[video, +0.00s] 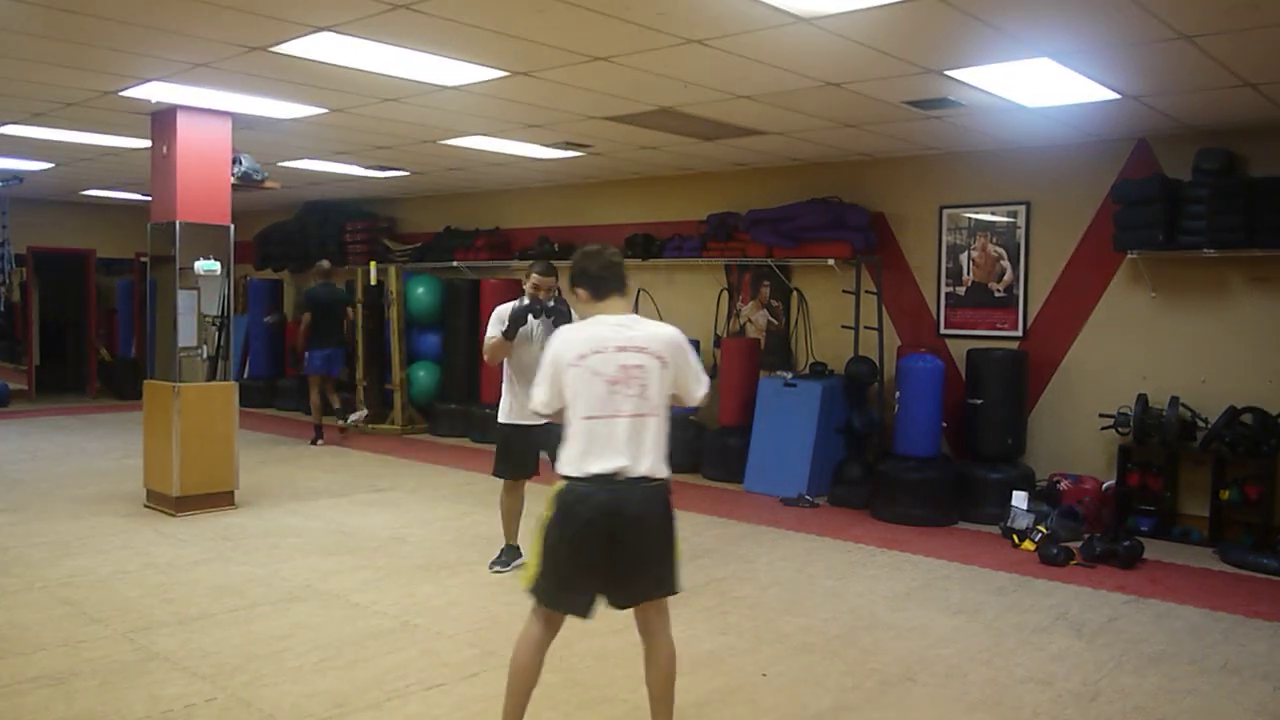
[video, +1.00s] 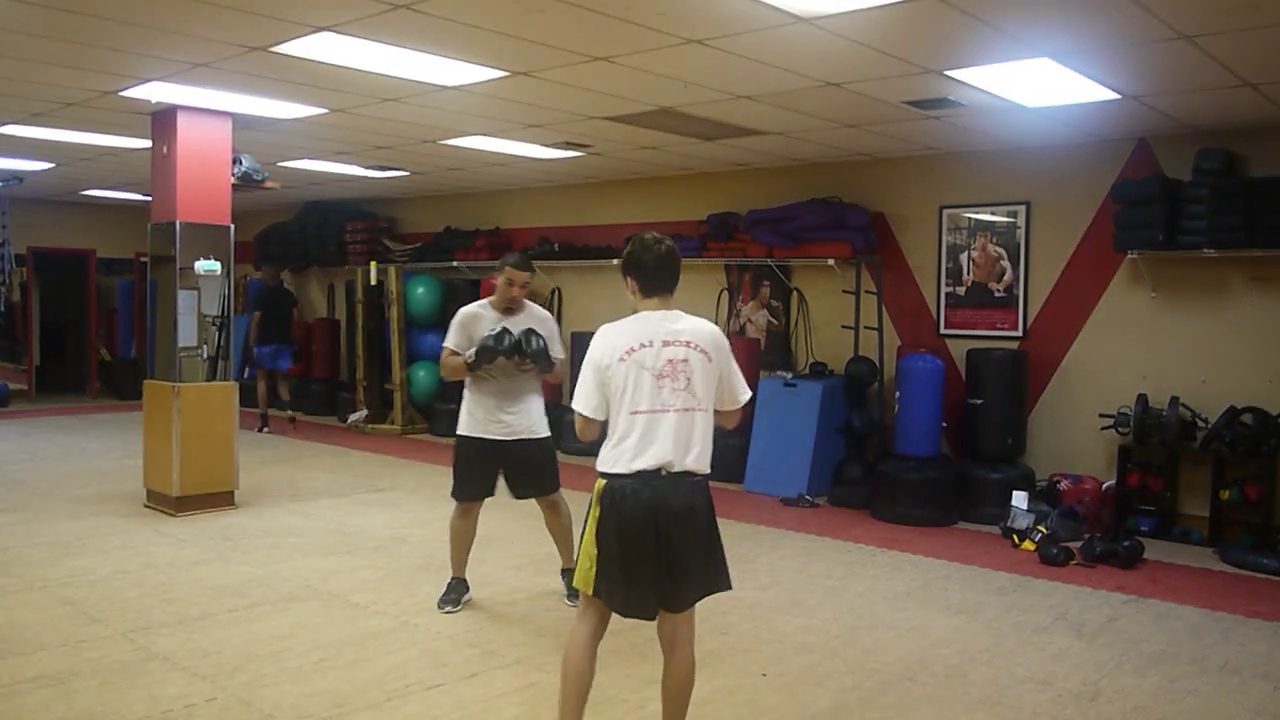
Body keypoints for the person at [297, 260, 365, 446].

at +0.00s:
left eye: (315, 273)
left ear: (315, 274)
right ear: (331, 274)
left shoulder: (310, 293)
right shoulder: (341, 292)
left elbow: (306, 319)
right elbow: (350, 316)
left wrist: (300, 340)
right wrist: (348, 335)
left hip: (317, 346)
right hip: (337, 344)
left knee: (315, 389)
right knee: (330, 385)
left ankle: (318, 433)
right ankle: (340, 414)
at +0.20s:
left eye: (305, 275)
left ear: (305, 276)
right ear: (319, 277)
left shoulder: (299, 293)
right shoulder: (327, 294)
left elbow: (293, 318)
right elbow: (338, 317)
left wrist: (283, 336)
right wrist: (341, 338)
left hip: (306, 345)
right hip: (324, 344)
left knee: (310, 386)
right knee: (313, 385)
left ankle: (317, 431)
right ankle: (313, 422)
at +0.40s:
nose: (298, 279)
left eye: (297, 276)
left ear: (296, 277)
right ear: (311, 278)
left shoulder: (290, 295)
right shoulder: (319, 295)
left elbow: (285, 319)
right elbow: (328, 318)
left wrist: (276, 337)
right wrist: (330, 341)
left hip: (296, 344)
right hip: (315, 344)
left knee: (294, 381)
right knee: (306, 382)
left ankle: (309, 418)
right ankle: (302, 420)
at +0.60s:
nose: (288, 276)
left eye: (289, 273)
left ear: (290, 275)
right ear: (304, 276)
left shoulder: (285, 293)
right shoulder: (312, 294)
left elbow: (279, 320)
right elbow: (319, 318)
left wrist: (273, 342)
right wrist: (315, 336)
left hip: (287, 342)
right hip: (307, 342)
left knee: (275, 377)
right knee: (301, 382)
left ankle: (286, 412)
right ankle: (301, 426)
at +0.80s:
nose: (272, 277)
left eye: (273, 274)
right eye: (273, 274)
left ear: (276, 276)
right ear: (289, 277)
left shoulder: (274, 293)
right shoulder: (299, 294)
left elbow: (271, 319)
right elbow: (309, 317)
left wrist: (266, 343)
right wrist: (299, 327)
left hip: (278, 341)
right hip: (298, 341)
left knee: (267, 380)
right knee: (295, 381)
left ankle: (264, 421)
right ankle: (299, 424)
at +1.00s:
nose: (261, 277)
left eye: (263, 274)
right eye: (263, 273)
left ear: (264, 276)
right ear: (279, 277)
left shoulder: (261, 293)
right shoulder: (288, 294)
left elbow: (256, 319)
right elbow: (296, 317)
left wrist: (252, 342)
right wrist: (294, 338)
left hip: (264, 342)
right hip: (284, 342)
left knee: (262, 379)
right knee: (282, 378)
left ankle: (264, 421)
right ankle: (289, 406)